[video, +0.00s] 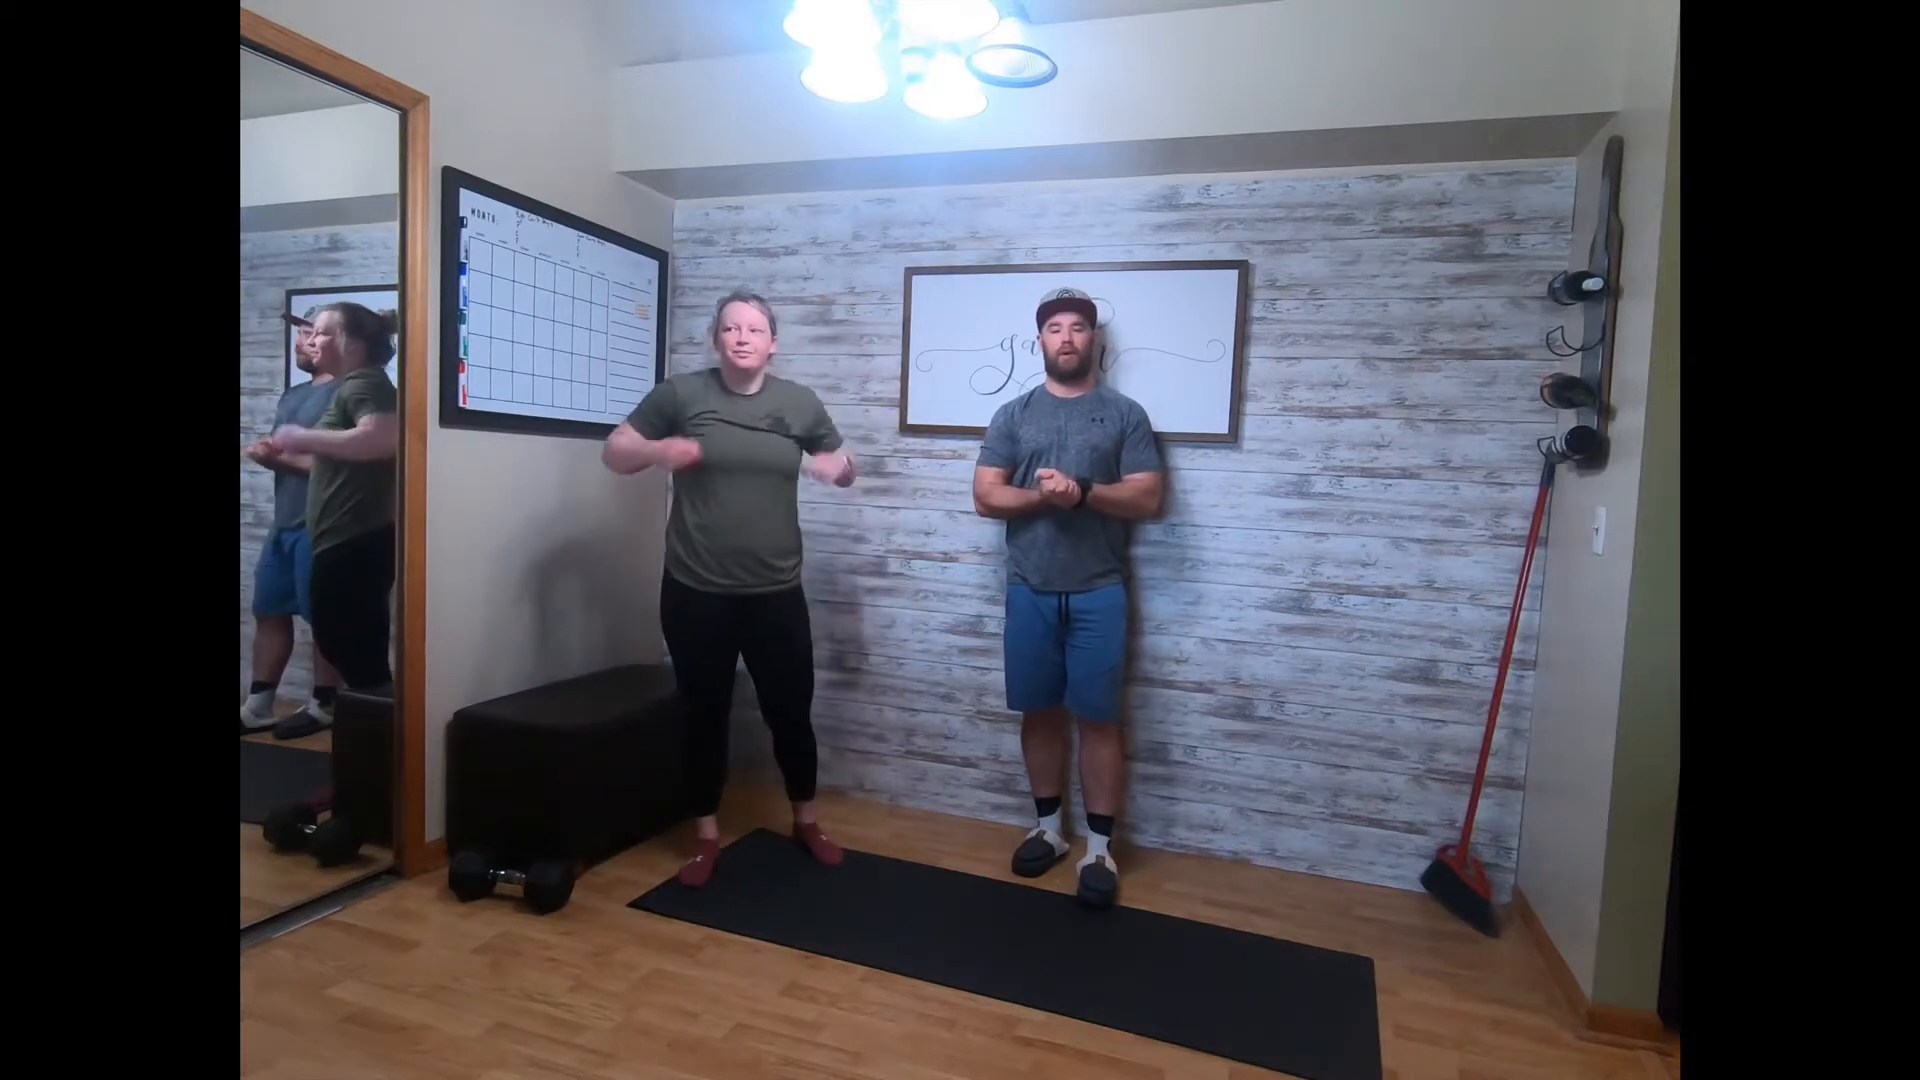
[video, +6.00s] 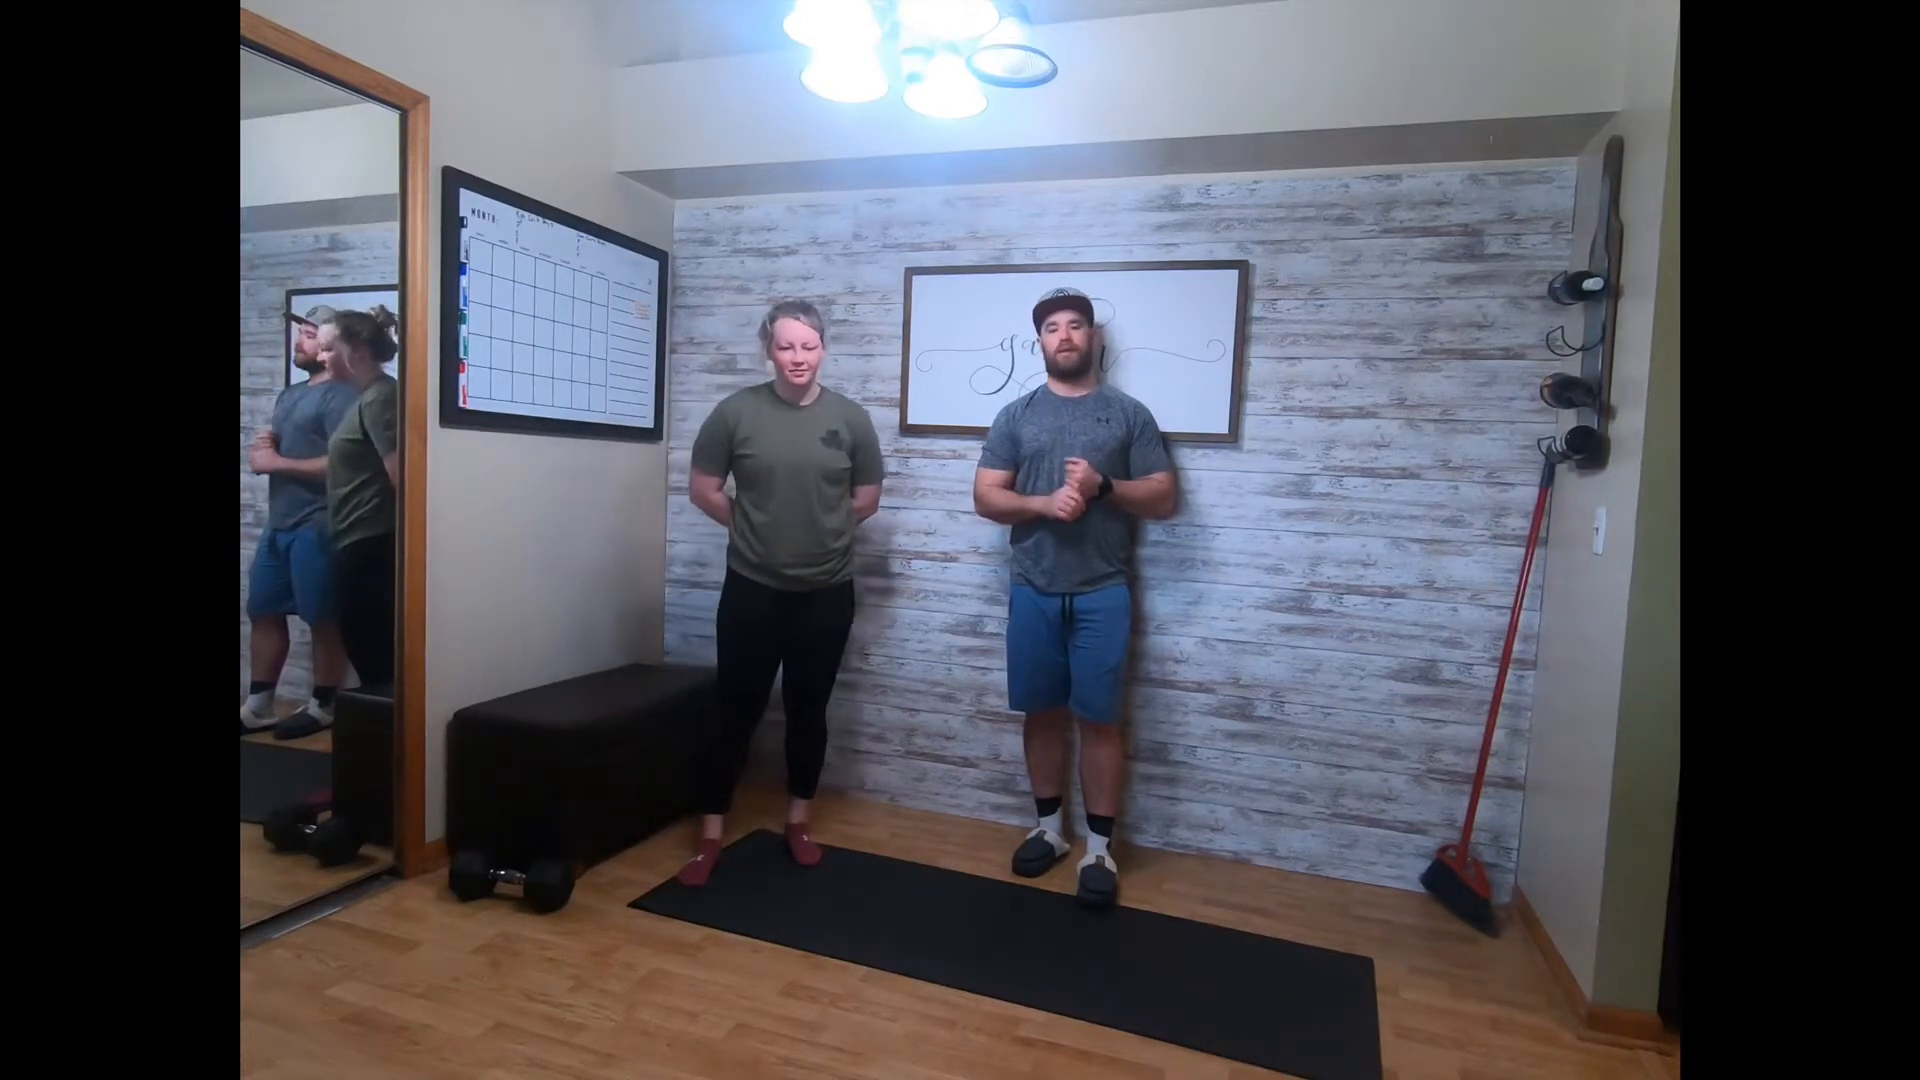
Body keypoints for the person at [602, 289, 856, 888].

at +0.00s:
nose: (743, 338)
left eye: (754, 330)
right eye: (732, 329)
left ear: (773, 343)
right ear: (715, 340)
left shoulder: (798, 404)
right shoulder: (681, 393)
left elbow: (844, 469)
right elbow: (615, 453)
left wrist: (836, 467)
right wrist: (659, 451)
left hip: (775, 590)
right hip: (696, 587)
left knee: (792, 715)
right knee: (703, 716)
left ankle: (808, 823)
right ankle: (706, 836)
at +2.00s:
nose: (751, 392)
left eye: (761, 381)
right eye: (741, 380)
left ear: (775, 367)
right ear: (717, 359)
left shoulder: (788, 410)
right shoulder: (667, 401)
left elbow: (816, 470)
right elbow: (613, 456)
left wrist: (805, 531)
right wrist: (624, 528)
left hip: (764, 587)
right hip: (686, 586)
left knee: (779, 709)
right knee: (696, 713)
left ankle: (797, 824)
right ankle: (707, 838)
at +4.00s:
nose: (733, 343)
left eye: (744, 334)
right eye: (722, 332)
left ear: (757, 345)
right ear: (702, 341)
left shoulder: (785, 417)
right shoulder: (661, 411)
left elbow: (805, 506)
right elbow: (628, 493)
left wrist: (746, 529)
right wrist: (684, 528)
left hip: (763, 593)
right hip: (682, 592)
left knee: (781, 716)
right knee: (696, 719)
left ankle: (799, 825)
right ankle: (707, 838)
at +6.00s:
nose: (798, 357)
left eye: (809, 347)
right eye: (787, 347)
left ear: (823, 352)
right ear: (769, 353)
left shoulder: (851, 420)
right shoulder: (736, 412)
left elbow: (867, 498)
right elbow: (703, 489)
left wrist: (815, 526)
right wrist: (756, 525)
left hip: (825, 591)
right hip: (752, 587)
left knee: (808, 710)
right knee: (734, 709)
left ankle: (798, 824)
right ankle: (711, 835)